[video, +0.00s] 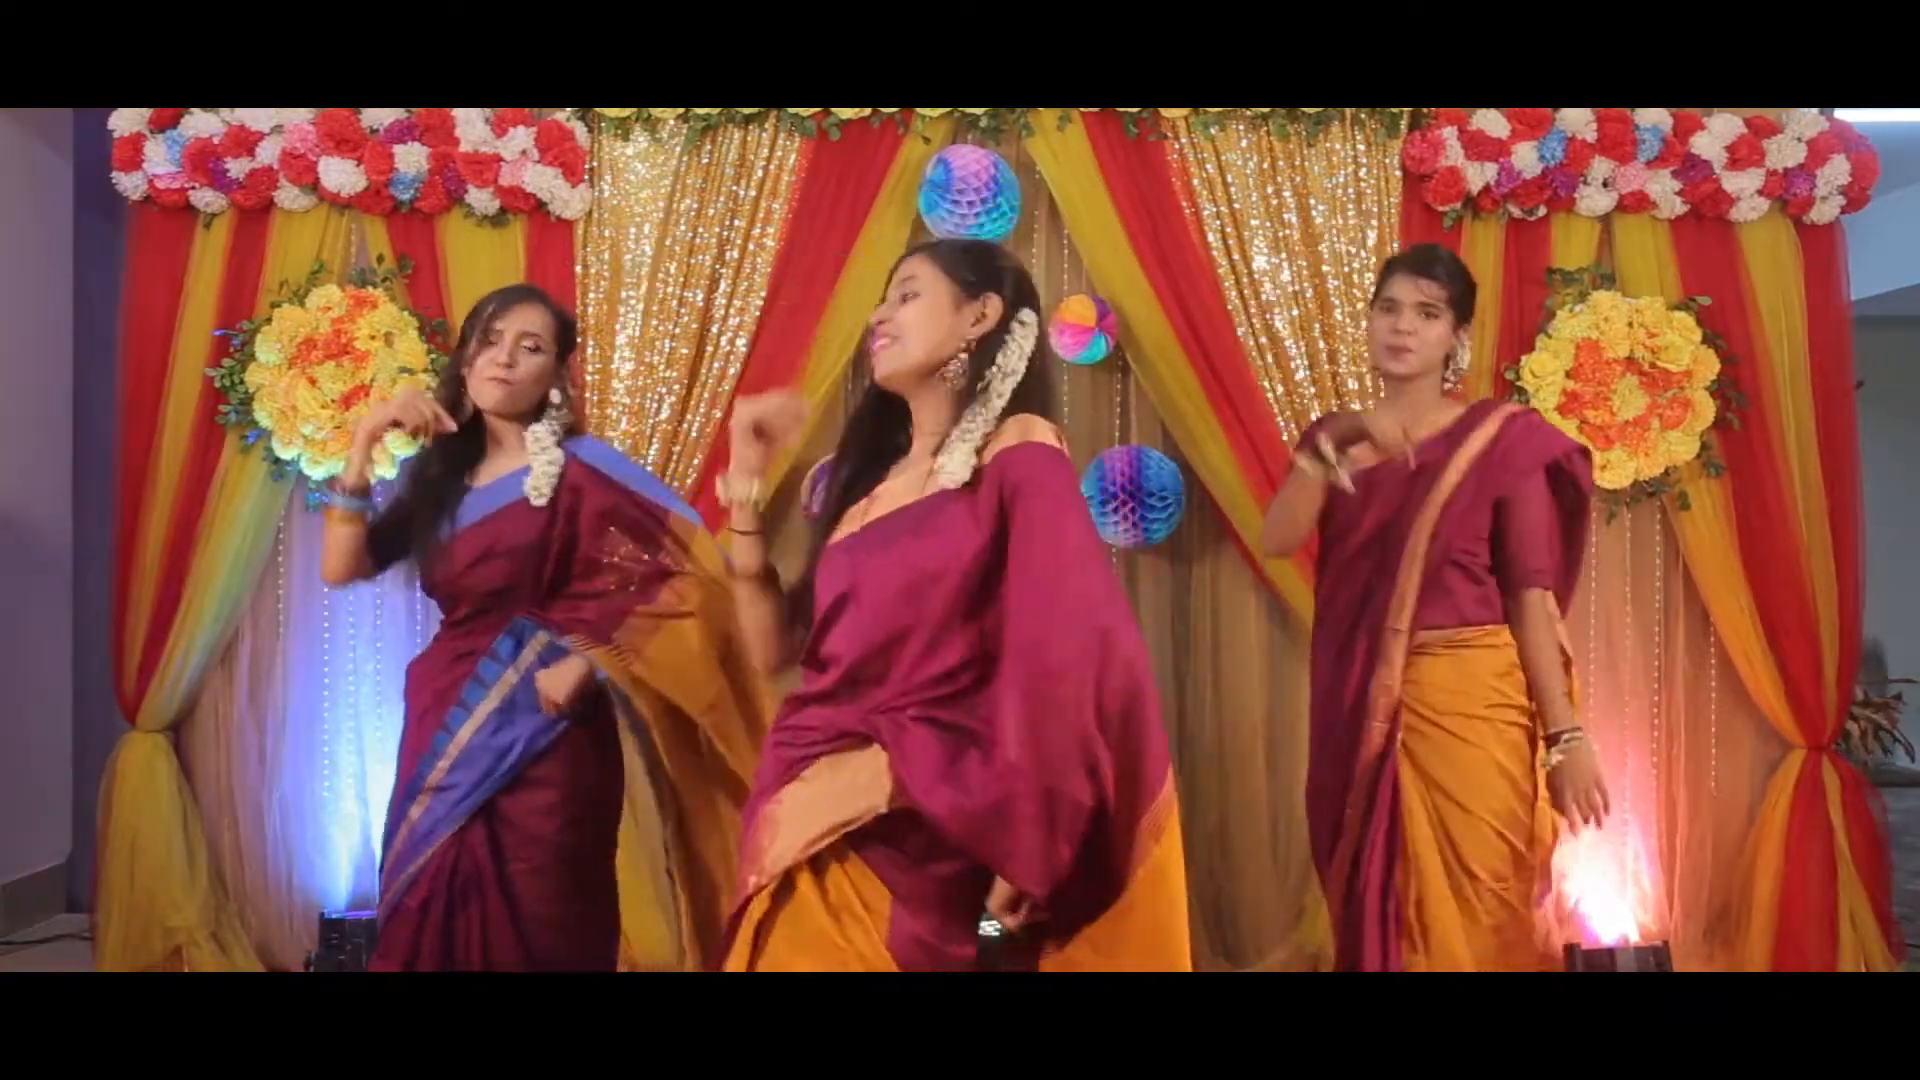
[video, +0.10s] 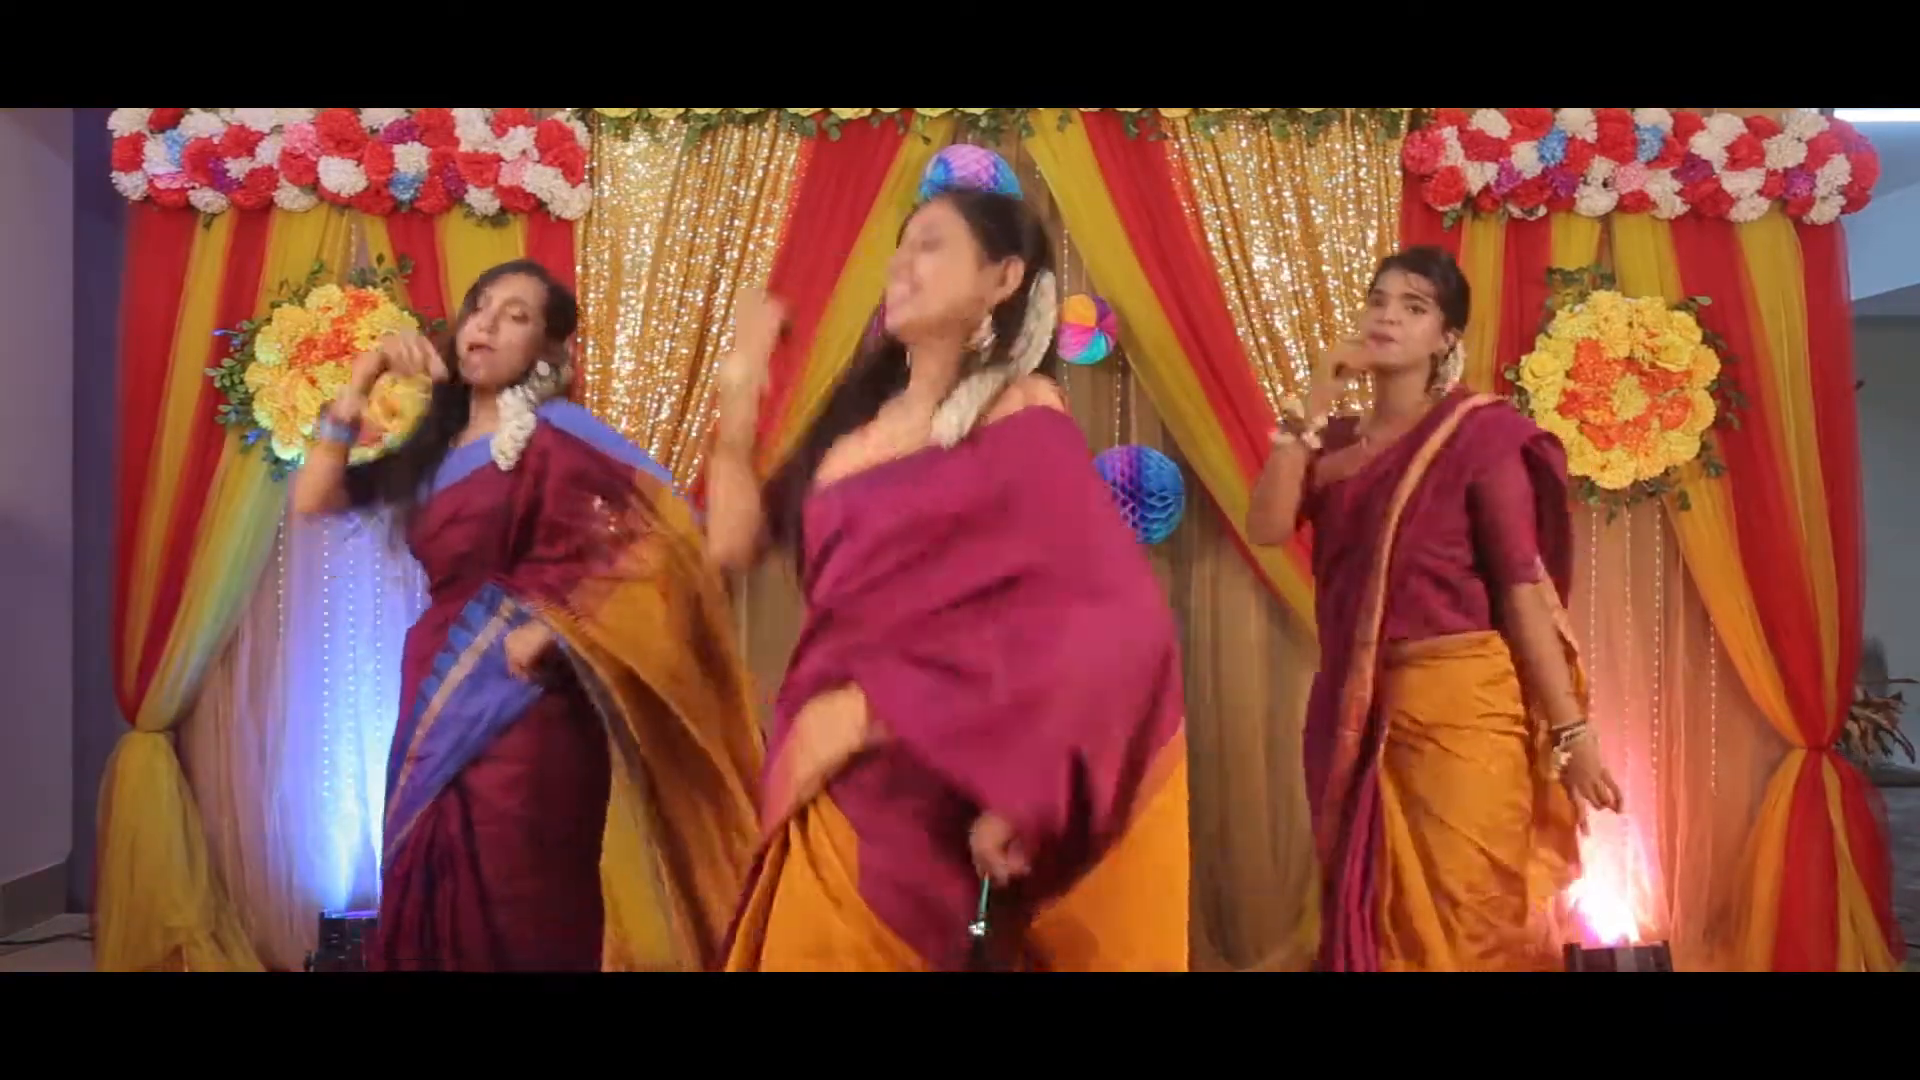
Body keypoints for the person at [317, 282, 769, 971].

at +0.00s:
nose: (504, 356)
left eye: (530, 345)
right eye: (489, 339)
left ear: (558, 376)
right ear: (464, 363)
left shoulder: (581, 470)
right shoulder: (442, 474)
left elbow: (685, 586)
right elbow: (343, 566)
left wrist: (583, 665)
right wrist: (364, 444)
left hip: (549, 716)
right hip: (442, 718)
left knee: (544, 931)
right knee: (427, 922)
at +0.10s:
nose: (484, 324)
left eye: (514, 316)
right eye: (478, 307)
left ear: (549, 351)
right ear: (458, 326)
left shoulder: (560, 438)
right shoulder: (437, 450)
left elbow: (662, 545)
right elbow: (315, 497)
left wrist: (548, 626)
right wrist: (361, 382)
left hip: (532, 710)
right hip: (437, 713)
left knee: (524, 928)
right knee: (428, 916)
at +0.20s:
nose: (473, 297)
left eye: (502, 292)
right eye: (468, 283)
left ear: (540, 327)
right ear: (449, 302)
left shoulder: (540, 401)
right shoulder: (426, 412)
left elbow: (666, 489)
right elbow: (308, 460)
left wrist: (539, 589)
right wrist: (363, 348)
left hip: (516, 653)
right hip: (430, 648)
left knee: (501, 859)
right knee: (423, 848)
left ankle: (510, 965)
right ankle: (431, 964)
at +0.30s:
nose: (444, 326)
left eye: (473, 317)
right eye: (446, 311)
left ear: (523, 352)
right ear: (433, 326)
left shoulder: (523, 429)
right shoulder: (423, 436)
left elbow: (628, 528)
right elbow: (327, 519)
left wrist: (515, 622)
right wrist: (362, 378)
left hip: (502, 684)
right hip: (422, 683)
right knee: (407, 871)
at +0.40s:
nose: (429, 406)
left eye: (455, 392)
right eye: (426, 387)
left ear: (510, 419)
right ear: (415, 396)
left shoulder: (510, 498)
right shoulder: (422, 498)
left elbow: (593, 614)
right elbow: (342, 622)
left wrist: (483, 716)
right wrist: (372, 504)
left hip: (498, 760)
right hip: (425, 751)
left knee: (438, 932)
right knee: (377, 925)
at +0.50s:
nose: (414, 466)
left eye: (442, 452)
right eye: (413, 447)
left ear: (499, 475)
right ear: (402, 455)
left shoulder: (504, 563)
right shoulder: (427, 564)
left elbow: (592, 671)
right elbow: (362, 710)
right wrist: (383, 571)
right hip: (433, 811)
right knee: (351, 943)